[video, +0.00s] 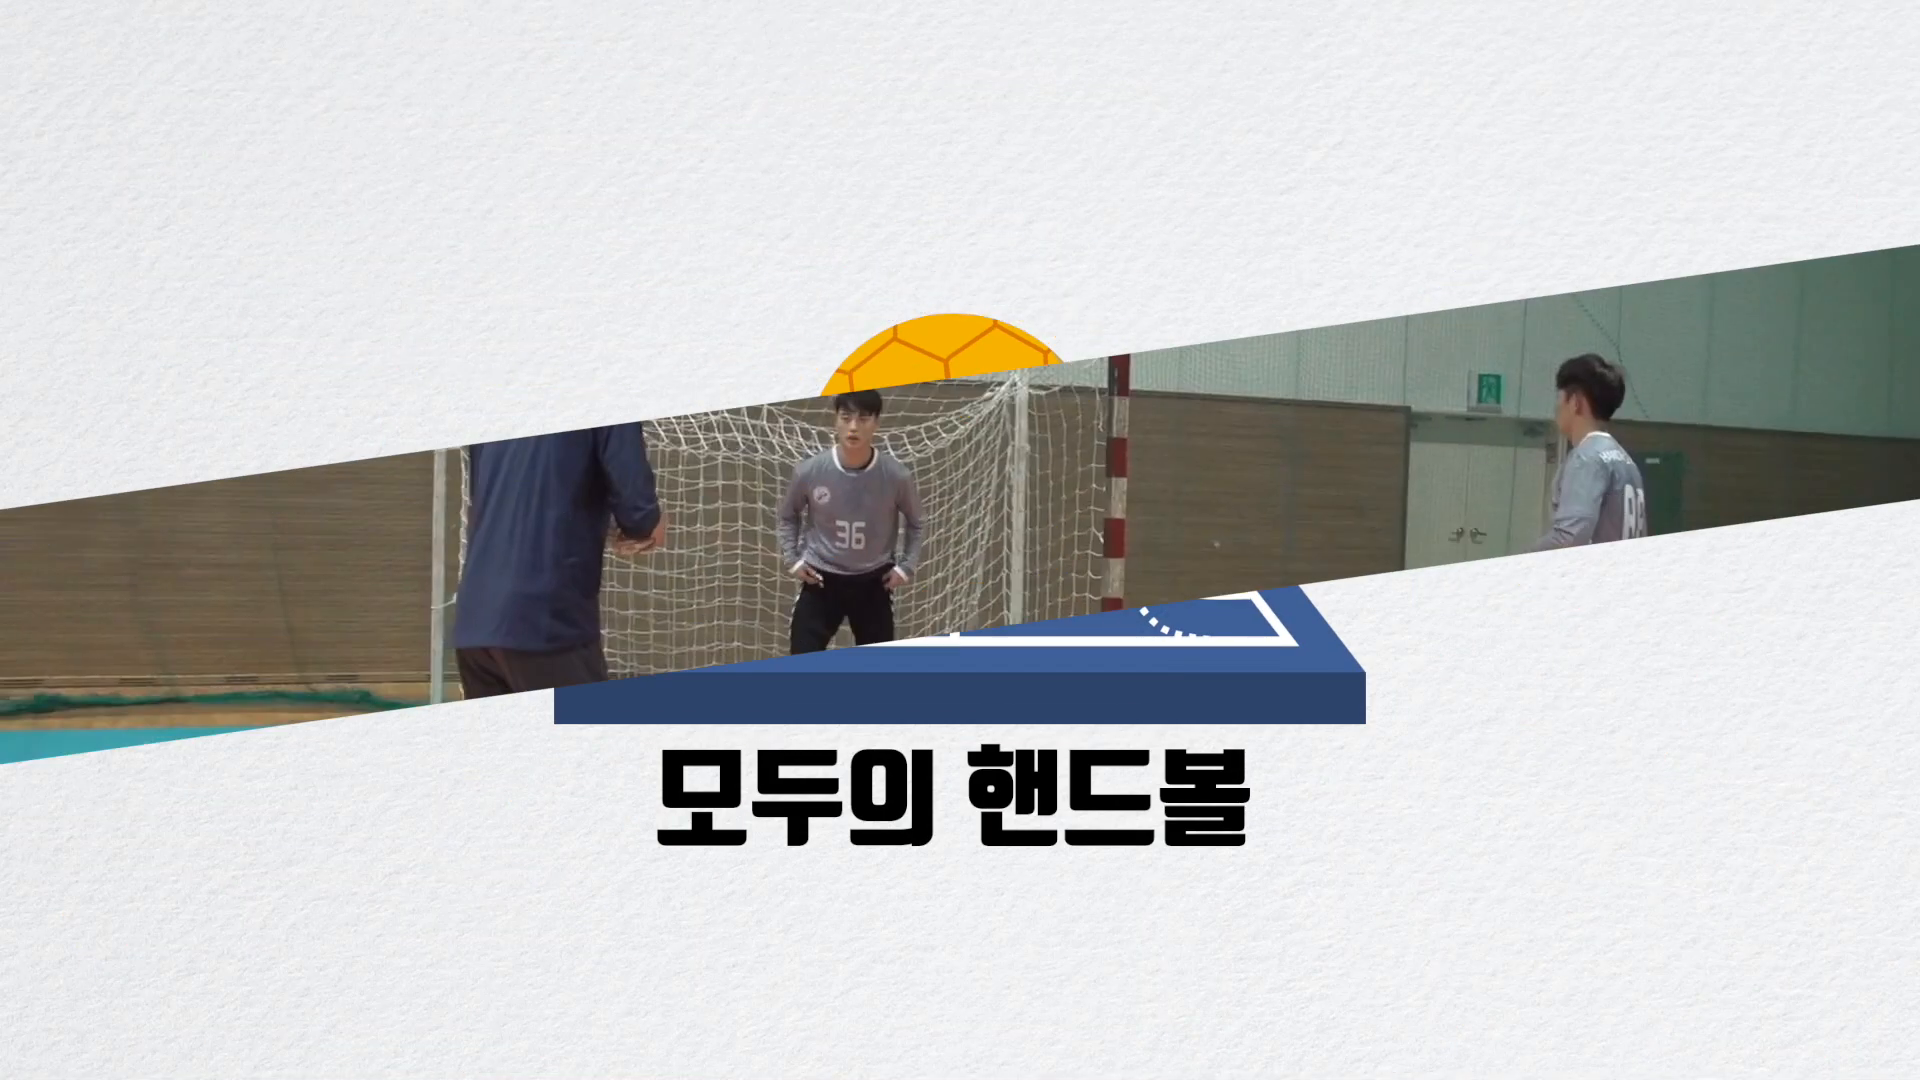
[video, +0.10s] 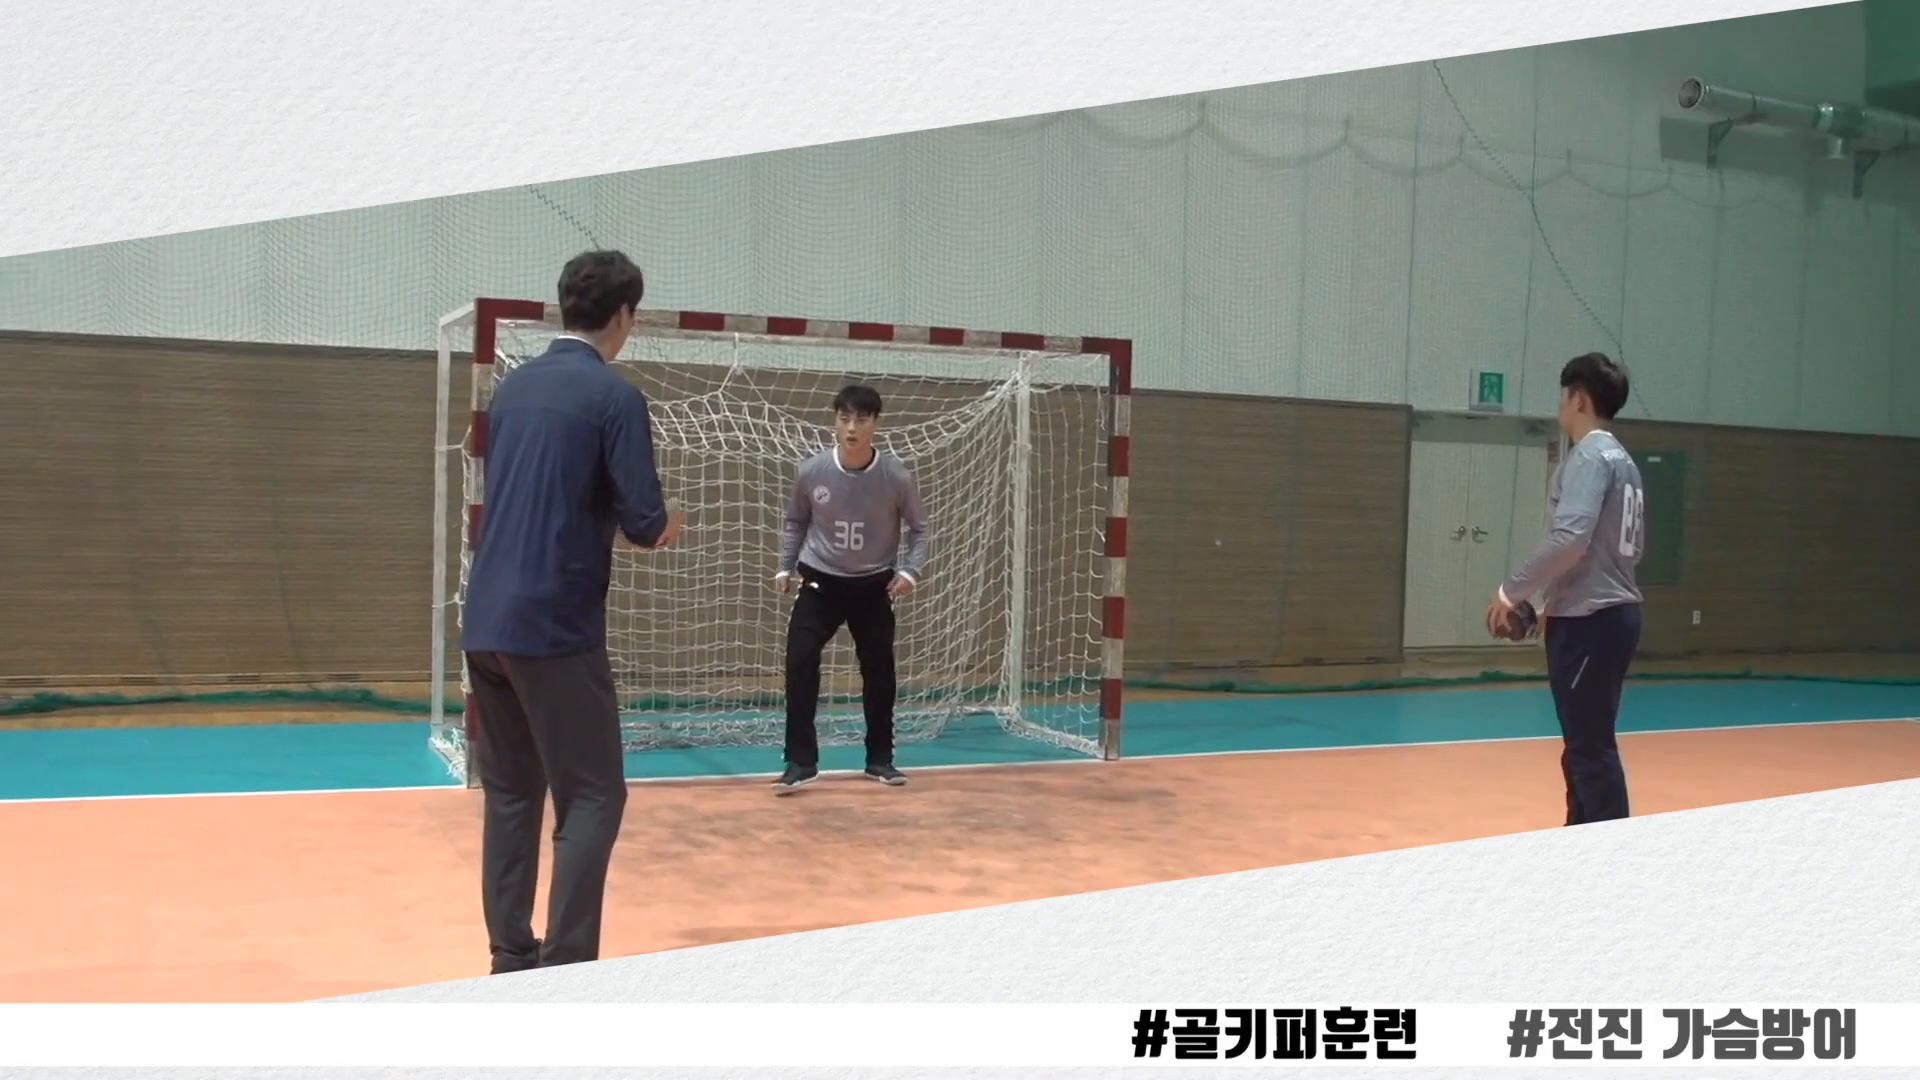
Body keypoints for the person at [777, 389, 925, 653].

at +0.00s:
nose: (853, 427)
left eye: (863, 418)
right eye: (846, 418)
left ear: (876, 424)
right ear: (836, 422)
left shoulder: (897, 476)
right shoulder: (810, 472)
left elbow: (915, 524)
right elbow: (787, 517)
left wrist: (906, 566)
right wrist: (792, 559)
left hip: (872, 587)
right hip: (821, 584)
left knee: (879, 668)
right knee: (802, 665)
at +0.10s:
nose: (851, 427)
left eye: (861, 419)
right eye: (845, 418)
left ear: (876, 425)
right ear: (835, 422)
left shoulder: (896, 477)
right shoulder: (813, 471)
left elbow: (918, 530)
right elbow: (795, 522)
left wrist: (909, 570)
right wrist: (787, 565)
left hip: (873, 588)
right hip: (820, 585)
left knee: (880, 673)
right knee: (799, 662)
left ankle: (880, 760)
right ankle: (801, 762)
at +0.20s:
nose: (841, 433)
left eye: (851, 425)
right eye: (834, 424)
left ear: (868, 431)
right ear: (824, 429)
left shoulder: (889, 484)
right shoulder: (806, 479)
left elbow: (917, 537)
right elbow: (787, 536)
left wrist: (917, 571)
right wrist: (767, 579)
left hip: (865, 597)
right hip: (812, 593)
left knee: (875, 681)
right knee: (783, 668)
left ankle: (877, 761)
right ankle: (772, 767)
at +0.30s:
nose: (822, 438)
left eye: (832, 431)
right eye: (816, 430)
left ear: (847, 437)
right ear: (807, 436)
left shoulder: (872, 491)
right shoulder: (789, 491)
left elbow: (911, 532)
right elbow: (769, 541)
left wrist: (914, 552)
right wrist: (735, 579)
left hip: (852, 609)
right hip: (798, 605)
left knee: (866, 690)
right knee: (759, 676)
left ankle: (869, 764)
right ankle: (737, 774)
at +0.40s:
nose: (796, 439)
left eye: (806, 431)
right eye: (790, 431)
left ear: (822, 438)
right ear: (782, 438)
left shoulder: (847, 492)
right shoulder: (764, 494)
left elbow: (909, 540)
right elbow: (742, 539)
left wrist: (895, 533)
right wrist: (704, 569)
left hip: (832, 615)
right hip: (777, 611)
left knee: (849, 695)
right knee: (736, 682)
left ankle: (865, 759)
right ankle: (720, 781)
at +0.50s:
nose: (767, 442)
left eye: (778, 434)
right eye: (761, 433)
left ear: (795, 442)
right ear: (752, 440)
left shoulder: (817, 495)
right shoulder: (734, 499)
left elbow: (861, 537)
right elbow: (705, 553)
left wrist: (870, 535)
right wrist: (658, 585)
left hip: (810, 617)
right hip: (757, 615)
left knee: (823, 707)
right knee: (724, 695)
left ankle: (853, 757)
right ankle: (716, 785)